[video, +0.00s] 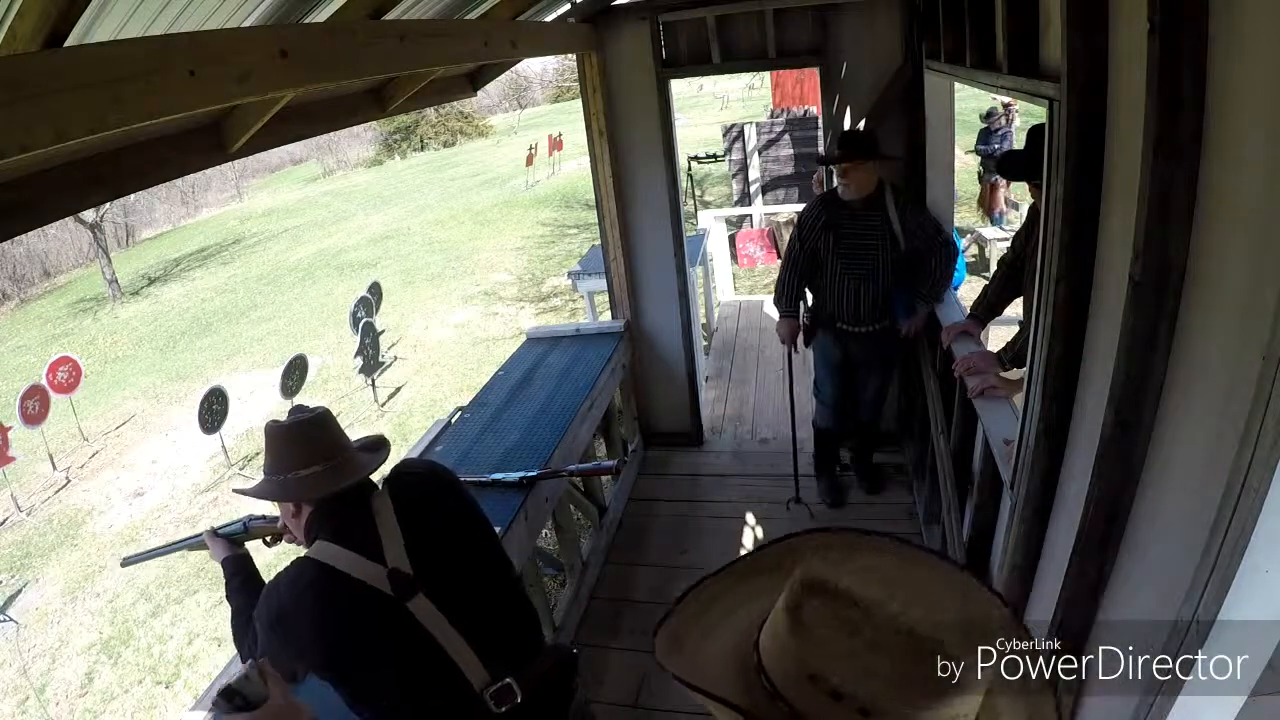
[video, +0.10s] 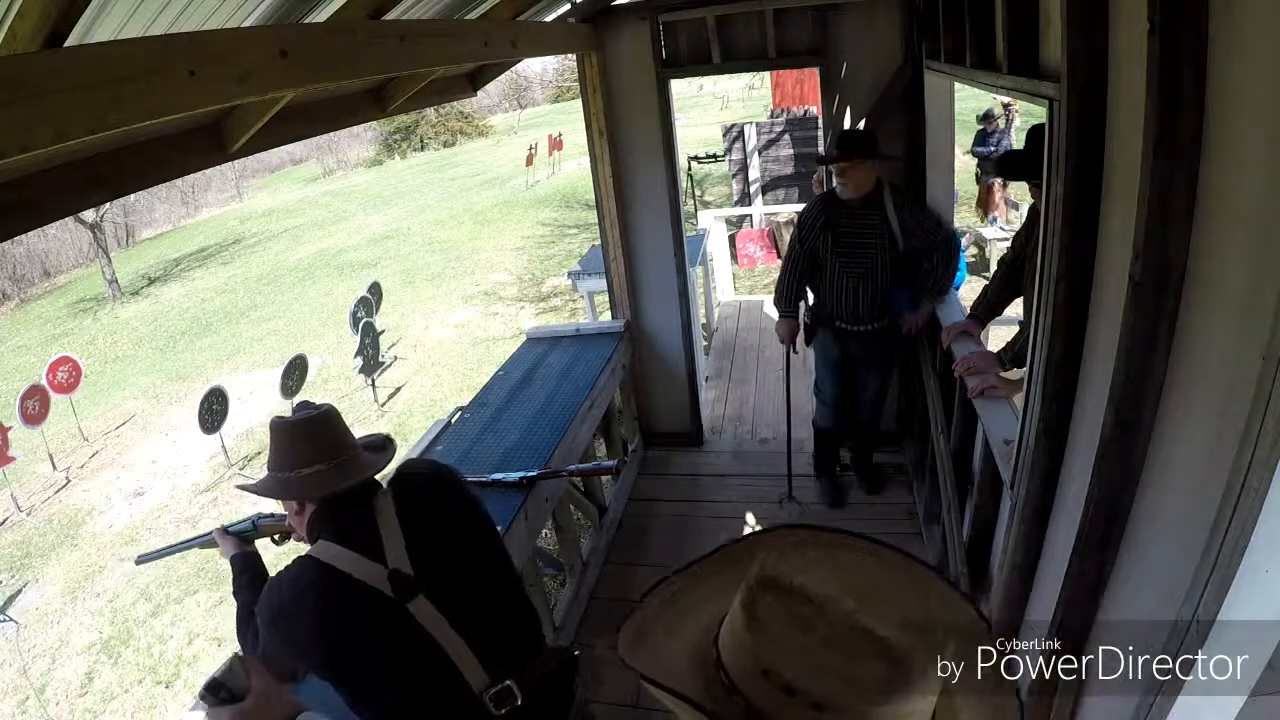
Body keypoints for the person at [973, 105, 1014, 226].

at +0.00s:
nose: (990, 124)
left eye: (992, 122)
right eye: (989, 122)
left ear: (999, 119)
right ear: (987, 121)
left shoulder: (1007, 132)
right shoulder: (983, 131)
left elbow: (1004, 150)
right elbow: (978, 149)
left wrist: (982, 150)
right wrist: (995, 148)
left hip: (1000, 171)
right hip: (986, 170)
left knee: (997, 202)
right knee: (986, 201)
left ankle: (999, 227)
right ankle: (994, 225)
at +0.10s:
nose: (986, 126)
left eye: (989, 123)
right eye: (985, 123)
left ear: (996, 122)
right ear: (983, 123)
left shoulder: (1003, 133)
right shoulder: (980, 134)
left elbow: (1000, 152)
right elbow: (974, 151)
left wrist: (978, 151)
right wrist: (993, 150)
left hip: (998, 172)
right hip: (984, 172)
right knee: (984, 201)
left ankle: (995, 220)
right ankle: (989, 221)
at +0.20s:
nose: (984, 130)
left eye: (986, 127)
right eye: (982, 127)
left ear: (992, 125)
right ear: (980, 126)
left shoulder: (1001, 137)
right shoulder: (978, 136)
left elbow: (995, 155)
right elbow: (971, 153)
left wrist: (974, 154)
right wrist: (988, 153)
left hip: (995, 177)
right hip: (980, 176)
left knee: (993, 205)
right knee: (982, 205)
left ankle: (994, 227)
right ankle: (985, 225)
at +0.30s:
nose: (982, 131)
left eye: (985, 127)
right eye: (981, 128)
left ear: (991, 126)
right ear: (979, 127)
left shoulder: (1000, 140)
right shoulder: (975, 137)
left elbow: (992, 159)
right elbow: (967, 154)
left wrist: (974, 156)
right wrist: (984, 153)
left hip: (990, 178)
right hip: (976, 177)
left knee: (983, 210)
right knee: (977, 206)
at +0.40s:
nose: (978, 131)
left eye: (981, 129)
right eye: (977, 129)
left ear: (988, 127)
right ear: (977, 127)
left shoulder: (995, 139)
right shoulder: (973, 136)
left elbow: (989, 159)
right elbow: (964, 153)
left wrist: (971, 155)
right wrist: (979, 153)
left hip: (987, 179)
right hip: (972, 177)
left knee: (982, 211)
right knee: (970, 211)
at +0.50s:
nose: (975, 131)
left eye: (978, 128)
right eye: (974, 128)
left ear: (986, 126)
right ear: (973, 127)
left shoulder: (992, 139)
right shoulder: (970, 136)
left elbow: (986, 159)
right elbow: (961, 153)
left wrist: (970, 155)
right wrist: (976, 153)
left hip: (983, 178)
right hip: (968, 176)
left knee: (980, 209)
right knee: (965, 208)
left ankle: (979, 229)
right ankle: (968, 227)